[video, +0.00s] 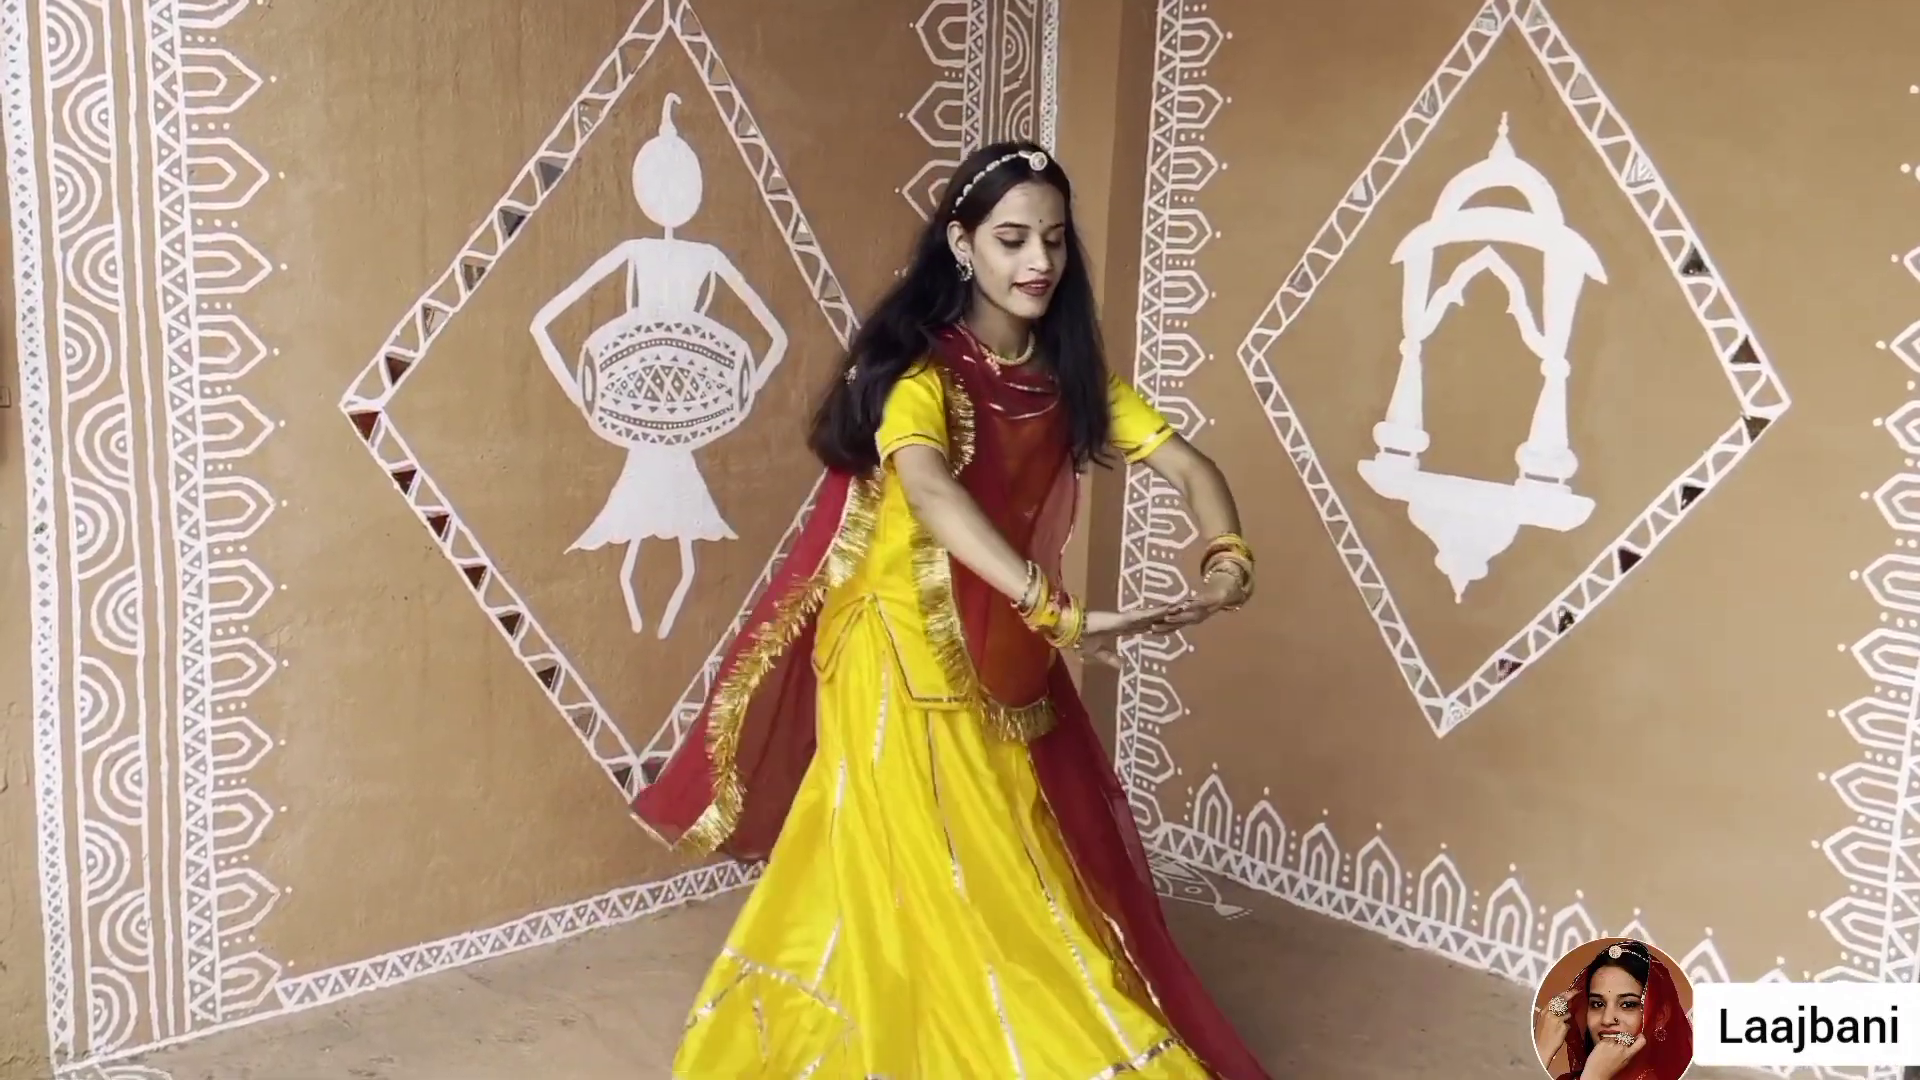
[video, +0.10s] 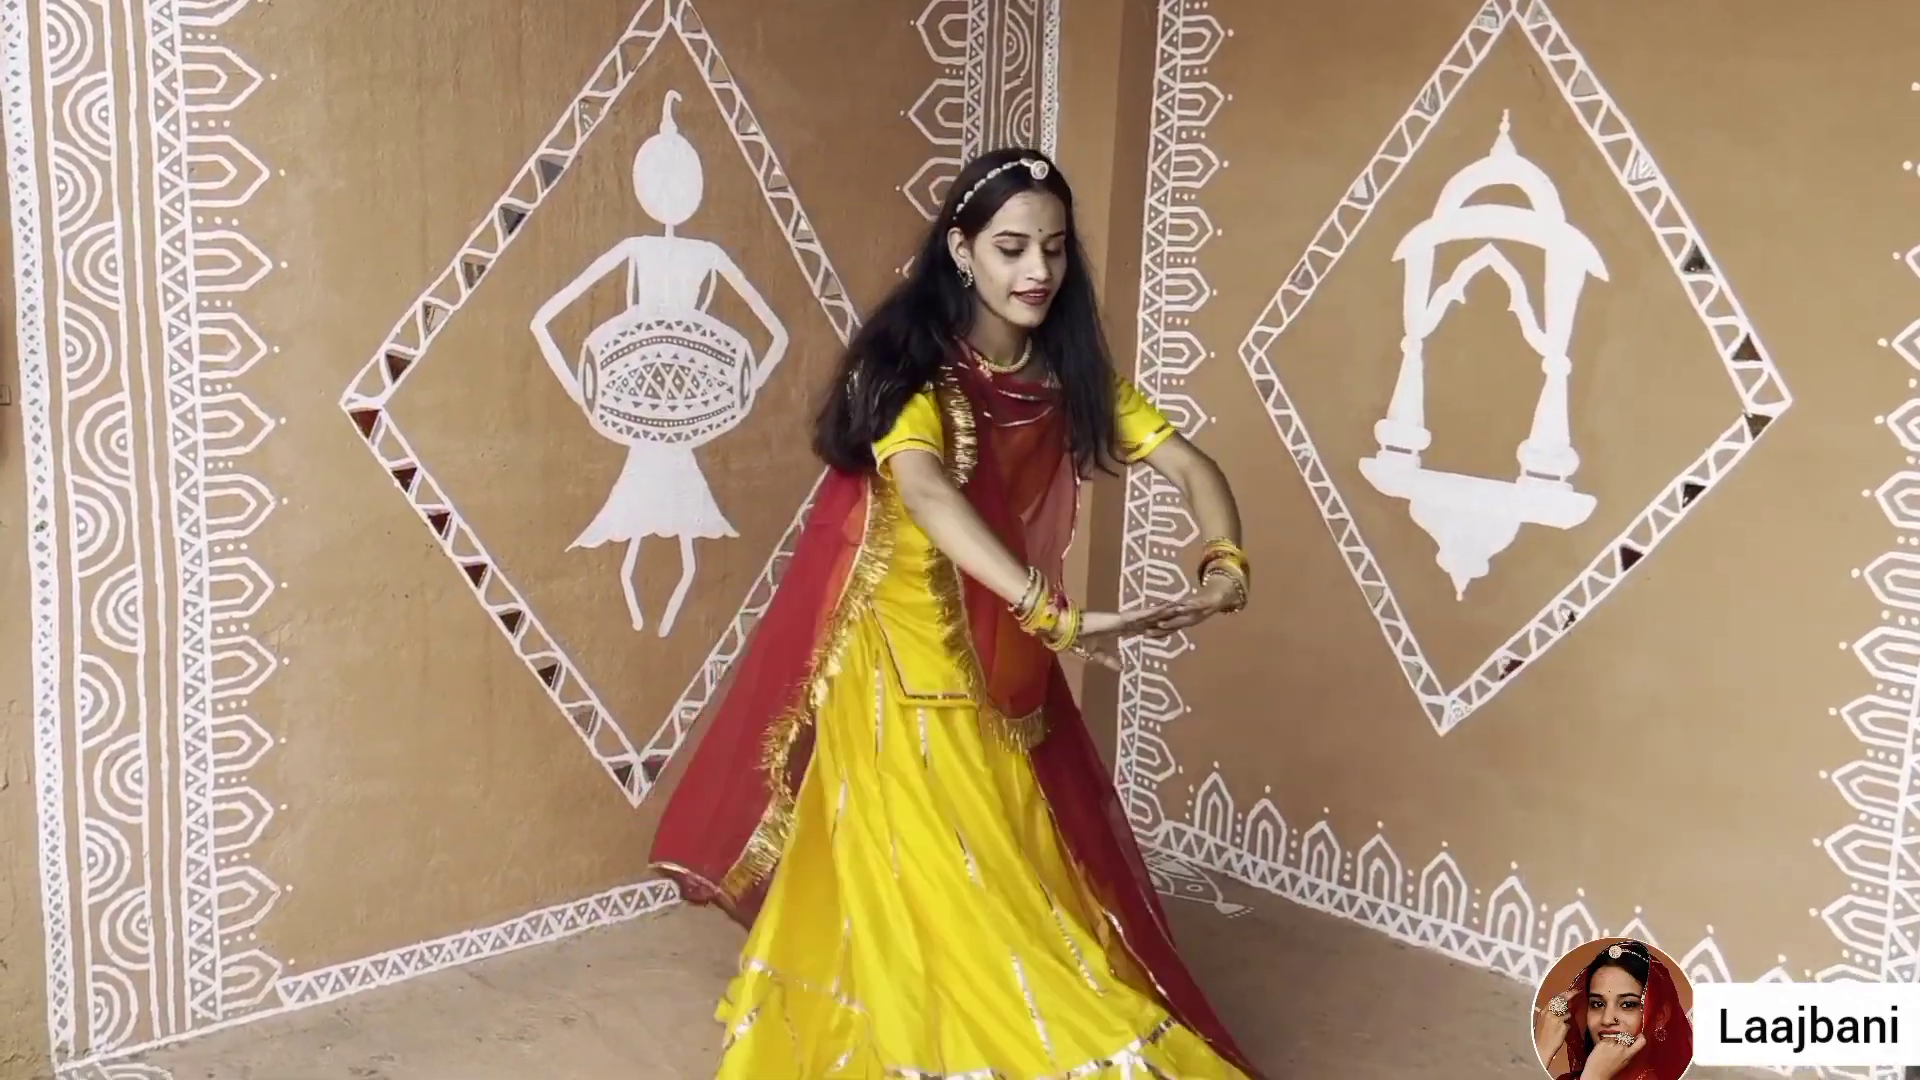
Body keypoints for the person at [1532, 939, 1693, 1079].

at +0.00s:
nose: (1608, 1019)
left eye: (1628, 1005)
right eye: (1597, 1004)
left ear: (1658, 1014)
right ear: (1585, 1011)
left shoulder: (1667, 1075)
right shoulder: (1567, 1078)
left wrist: (1595, 1075)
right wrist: (1539, 1056)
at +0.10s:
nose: (1608, 1019)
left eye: (1628, 1005)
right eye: (1597, 1004)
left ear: (1658, 1014)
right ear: (1585, 1011)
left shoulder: (1667, 1075)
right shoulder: (1567, 1078)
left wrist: (1595, 1075)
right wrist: (1539, 1055)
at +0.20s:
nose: (1608, 1019)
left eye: (1628, 1005)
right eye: (1597, 1004)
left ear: (1658, 1014)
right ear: (1585, 1011)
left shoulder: (1667, 1075)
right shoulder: (1567, 1078)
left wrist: (1595, 1075)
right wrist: (1539, 1055)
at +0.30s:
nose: (1608, 1019)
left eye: (1628, 1005)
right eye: (1597, 1004)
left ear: (1658, 1014)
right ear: (1585, 1011)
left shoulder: (1667, 1075)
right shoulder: (1567, 1078)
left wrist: (1595, 1075)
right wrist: (1539, 1055)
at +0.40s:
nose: (1607, 1020)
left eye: (1627, 1005)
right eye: (1597, 1004)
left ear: (1659, 1013)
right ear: (1585, 1011)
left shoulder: (1670, 1075)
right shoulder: (1567, 1077)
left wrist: (1595, 1075)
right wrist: (1539, 1055)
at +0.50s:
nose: (1608, 1019)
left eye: (1627, 1005)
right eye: (1597, 1004)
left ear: (1658, 1014)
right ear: (1585, 1012)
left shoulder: (1668, 1075)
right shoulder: (1567, 1077)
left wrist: (1595, 1075)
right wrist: (1538, 1057)